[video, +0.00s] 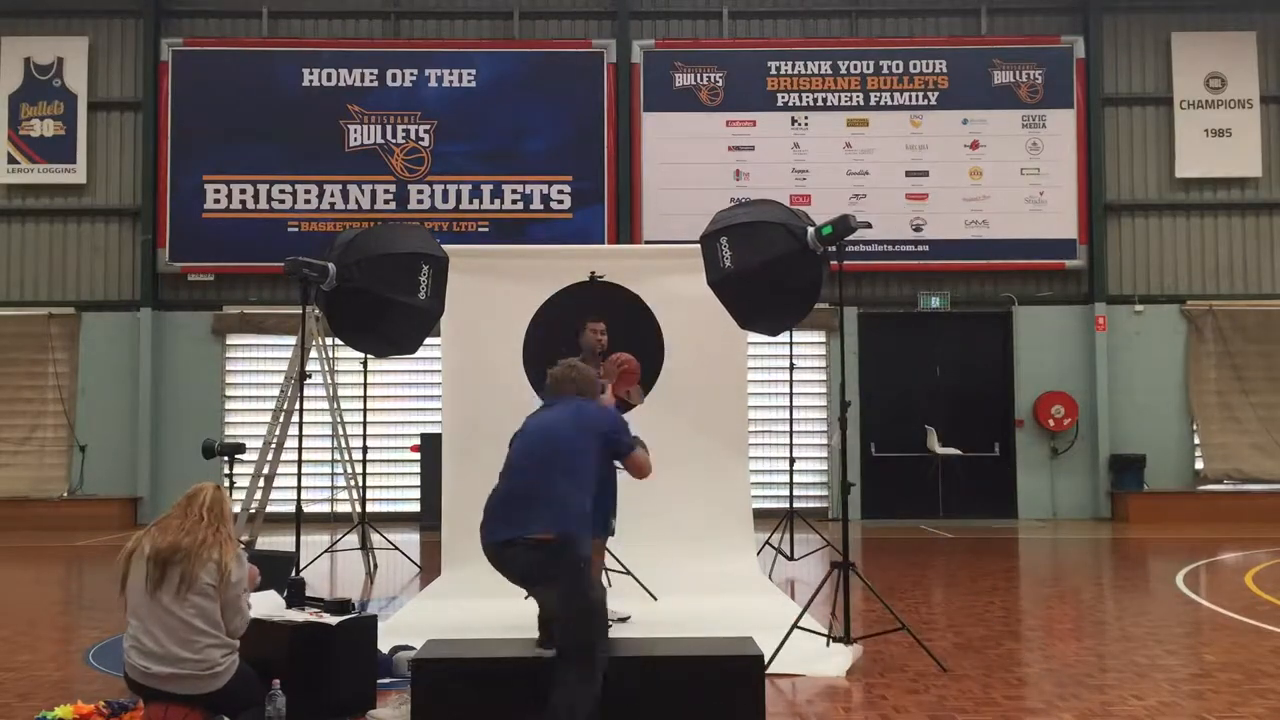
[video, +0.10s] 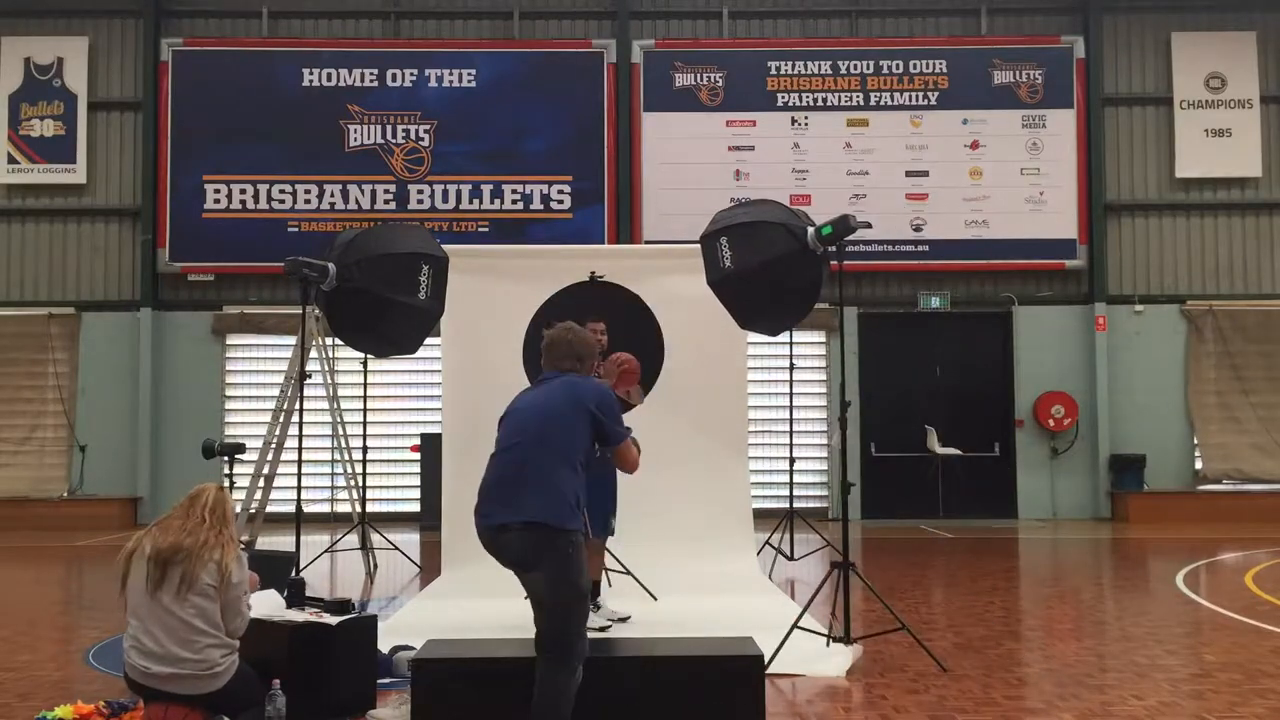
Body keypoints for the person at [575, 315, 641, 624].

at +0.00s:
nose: (600, 338)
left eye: (603, 333)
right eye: (594, 333)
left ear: (607, 339)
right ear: (580, 337)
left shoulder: (611, 371)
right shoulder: (568, 376)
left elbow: (637, 399)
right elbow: (582, 412)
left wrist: (621, 381)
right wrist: (608, 381)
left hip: (601, 467)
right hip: (569, 469)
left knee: (598, 536)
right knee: (571, 537)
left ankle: (596, 605)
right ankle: (572, 609)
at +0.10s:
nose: (602, 338)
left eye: (604, 333)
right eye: (596, 333)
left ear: (607, 338)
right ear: (582, 338)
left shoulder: (608, 370)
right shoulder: (570, 375)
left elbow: (635, 397)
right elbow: (576, 405)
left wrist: (621, 386)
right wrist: (607, 382)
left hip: (604, 460)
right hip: (580, 462)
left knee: (599, 532)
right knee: (585, 533)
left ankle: (595, 601)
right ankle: (582, 607)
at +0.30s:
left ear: (576, 366)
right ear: (624, 364)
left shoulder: (561, 402)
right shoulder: (633, 393)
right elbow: (670, 440)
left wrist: (564, 387)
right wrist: (638, 383)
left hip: (546, 534)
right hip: (604, 534)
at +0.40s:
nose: (609, 328)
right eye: (608, 321)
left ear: (559, 325)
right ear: (607, 324)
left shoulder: (529, 388)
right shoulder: (623, 368)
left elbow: (520, 472)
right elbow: (676, 427)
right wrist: (635, 419)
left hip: (547, 534)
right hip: (603, 531)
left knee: (586, 600)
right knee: (605, 635)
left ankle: (553, 695)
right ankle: (586, 714)